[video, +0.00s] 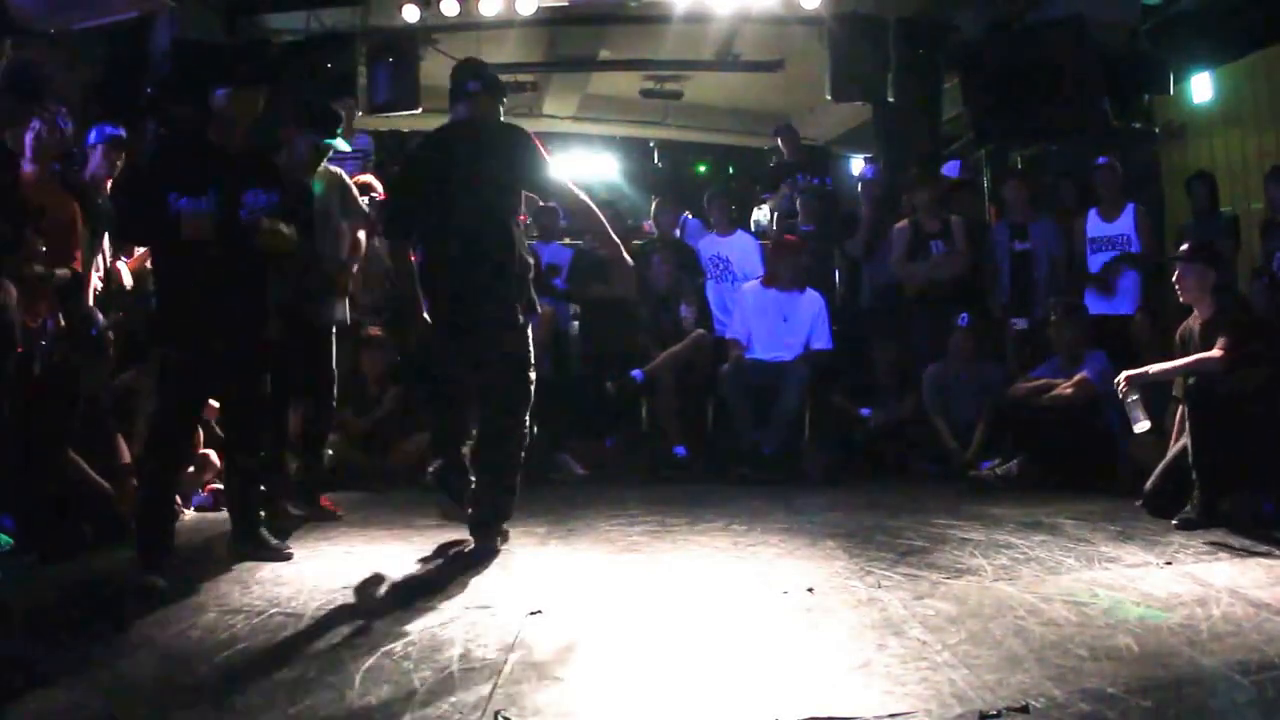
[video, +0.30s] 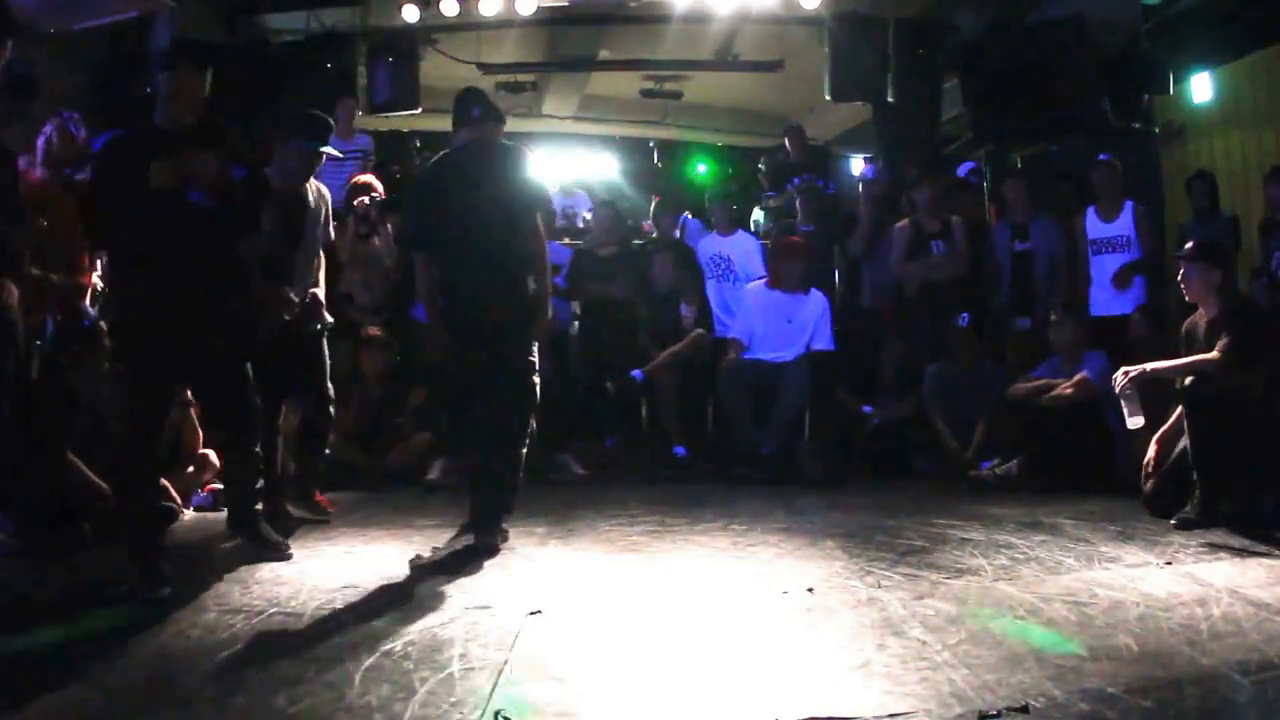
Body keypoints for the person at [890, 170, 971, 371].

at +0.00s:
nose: (927, 198)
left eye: (930, 192)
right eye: (921, 193)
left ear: (937, 194)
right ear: (912, 198)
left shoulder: (955, 224)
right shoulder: (902, 229)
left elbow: (961, 263)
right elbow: (898, 269)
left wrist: (922, 274)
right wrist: (936, 265)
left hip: (953, 298)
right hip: (919, 302)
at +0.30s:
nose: (928, 200)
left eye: (932, 194)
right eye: (922, 194)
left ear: (939, 196)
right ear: (913, 197)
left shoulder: (955, 225)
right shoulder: (903, 229)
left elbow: (961, 265)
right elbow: (898, 269)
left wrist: (921, 275)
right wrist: (938, 264)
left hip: (950, 298)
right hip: (916, 301)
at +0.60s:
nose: (929, 201)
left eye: (933, 195)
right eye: (923, 195)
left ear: (939, 197)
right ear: (914, 197)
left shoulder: (955, 225)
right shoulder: (903, 229)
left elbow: (963, 264)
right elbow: (899, 268)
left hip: (951, 295)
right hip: (918, 298)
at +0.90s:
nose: (929, 199)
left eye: (933, 192)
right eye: (923, 193)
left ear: (940, 194)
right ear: (913, 195)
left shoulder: (955, 226)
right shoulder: (904, 229)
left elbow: (962, 265)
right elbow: (899, 268)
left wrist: (921, 272)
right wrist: (942, 268)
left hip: (952, 299)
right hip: (917, 301)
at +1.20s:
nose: (929, 195)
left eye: (932, 189)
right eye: (923, 190)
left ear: (939, 192)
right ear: (912, 195)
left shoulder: (956, 225)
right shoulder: (903, 229)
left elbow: (961, 265)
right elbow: (898, 268)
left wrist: (921, 273)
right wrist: (942, 265)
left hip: (952, 299)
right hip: (919, 301)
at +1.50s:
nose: (929, 196)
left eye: (933, 190)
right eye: (923, 191)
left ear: (940, 193)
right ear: (913, 196)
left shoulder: (955, 225)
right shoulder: (904, 229)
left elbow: (961, 265)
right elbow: (898, 268)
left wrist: (921, 274)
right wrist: (943, 266)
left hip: (952, 301)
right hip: (918, 304)